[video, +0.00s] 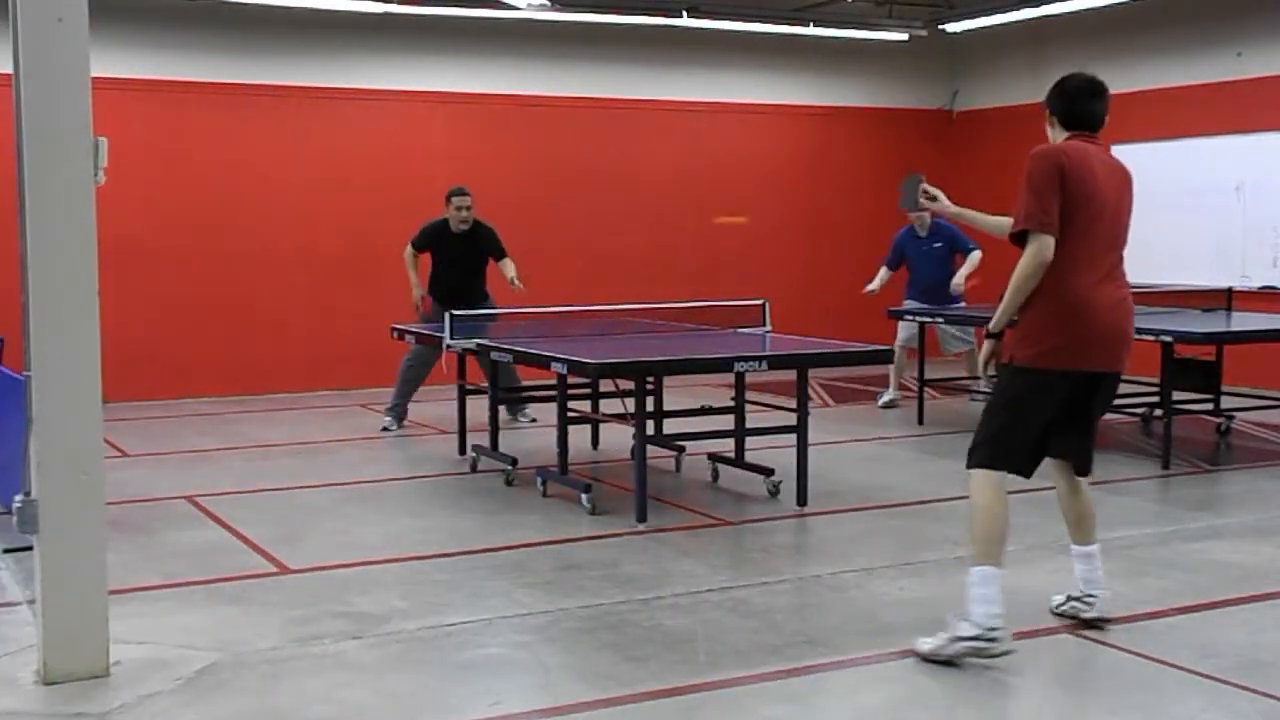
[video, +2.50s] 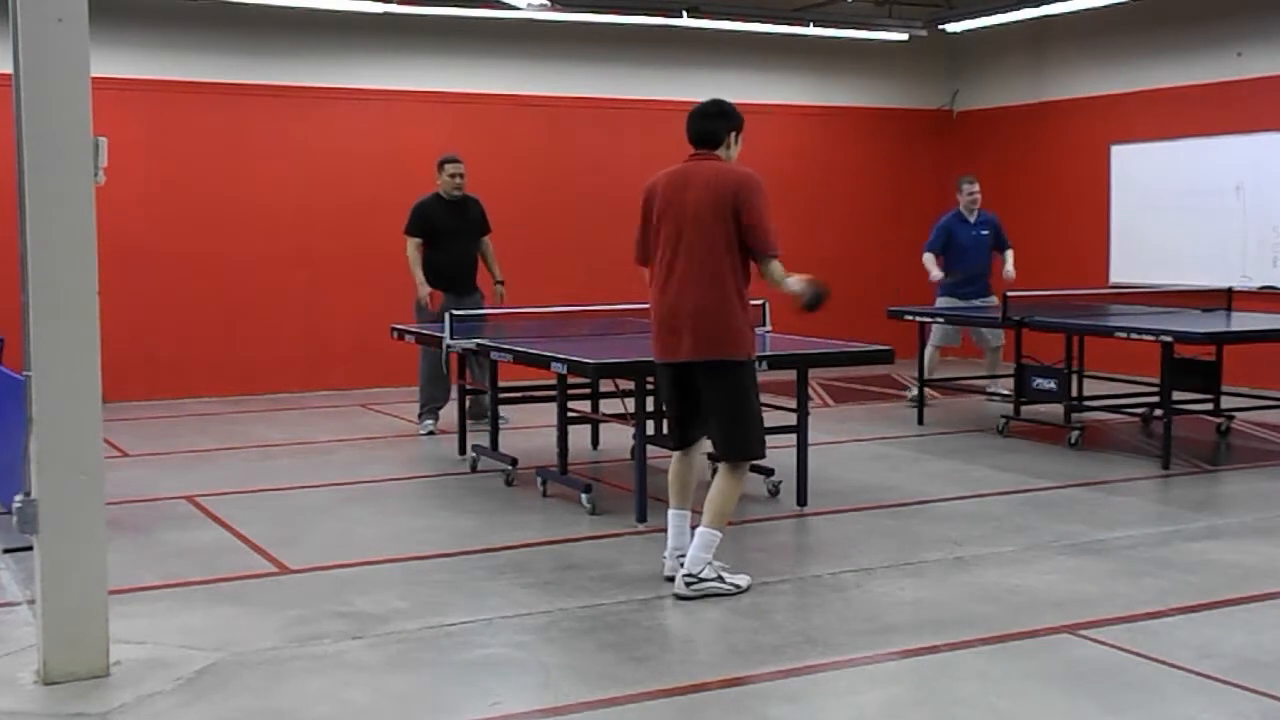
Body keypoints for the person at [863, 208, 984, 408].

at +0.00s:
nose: (917, 216)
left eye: (921, 211)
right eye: (912, 212)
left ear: (929, 211)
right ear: (907, 215)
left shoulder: (945, 231)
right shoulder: (904, 237)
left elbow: (975, 252)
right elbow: (889, 265)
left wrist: (961, 275)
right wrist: (877, 282)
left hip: (949, 300)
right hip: (916, 301)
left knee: (969, 347)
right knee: (901, 345)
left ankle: (977, 387)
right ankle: (893, 390)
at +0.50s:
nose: (932, 202)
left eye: (934, 197)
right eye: (927, 198)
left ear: (936, 199)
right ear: (914, 200)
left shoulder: (944, 227)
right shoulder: (904, 230)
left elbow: (955, 255)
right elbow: (907, 261)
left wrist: (953, 277)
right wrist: (936, 252)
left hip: (942, 294)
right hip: (913, 295)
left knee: (961, 339)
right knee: (903, 343)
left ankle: (974, 382)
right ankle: (892, 391)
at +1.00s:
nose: (951, 201)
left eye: (952, 197)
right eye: (945, 198)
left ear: (956, 198)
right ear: (933, 201)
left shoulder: (964, 228)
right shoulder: (921, 228)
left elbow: (978, 255)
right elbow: (907, 258)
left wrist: (978, 278)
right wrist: (926, 266)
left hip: (955, 297)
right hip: (922, 297)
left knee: (971, 343)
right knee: (908, 342)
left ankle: (973, 387)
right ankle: (896, 390)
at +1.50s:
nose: (942, 192)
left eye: (946, 189)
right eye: (938, 187)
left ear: (950, 191)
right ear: (927, 188)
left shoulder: (955, 217)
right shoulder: (913, 219)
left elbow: (955, 249)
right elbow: (905, 252)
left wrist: (922, 242)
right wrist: (915, 258)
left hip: (950, 289)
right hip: (921, 289)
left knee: (957, 346)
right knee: (914, 344)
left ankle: (960, 391)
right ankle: (912, 388)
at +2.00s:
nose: (950, 192)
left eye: (952, 188)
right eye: (945, 188)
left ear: (954, 190)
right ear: (932, 191)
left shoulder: (959, 217)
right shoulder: (919, 220)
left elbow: (966, 243)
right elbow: (913, 253)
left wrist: (973, 261)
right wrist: (941, 255)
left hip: (958, 289)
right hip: (927, 292)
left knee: (976, 336)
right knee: (915, 342)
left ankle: (989, 381)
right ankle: (913, 387)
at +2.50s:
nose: (975, 197)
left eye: (977, 193)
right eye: (970, 194)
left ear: (981, 194)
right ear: (959, 196)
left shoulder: (990, 222)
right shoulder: (948, 223)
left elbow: (1006, 248)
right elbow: (928, 252)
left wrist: (1009, 265)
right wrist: (934, 270)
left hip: (983, 295)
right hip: (951, 295)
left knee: (996, 343)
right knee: (935, 343)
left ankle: (992, 385)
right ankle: (920, 386)